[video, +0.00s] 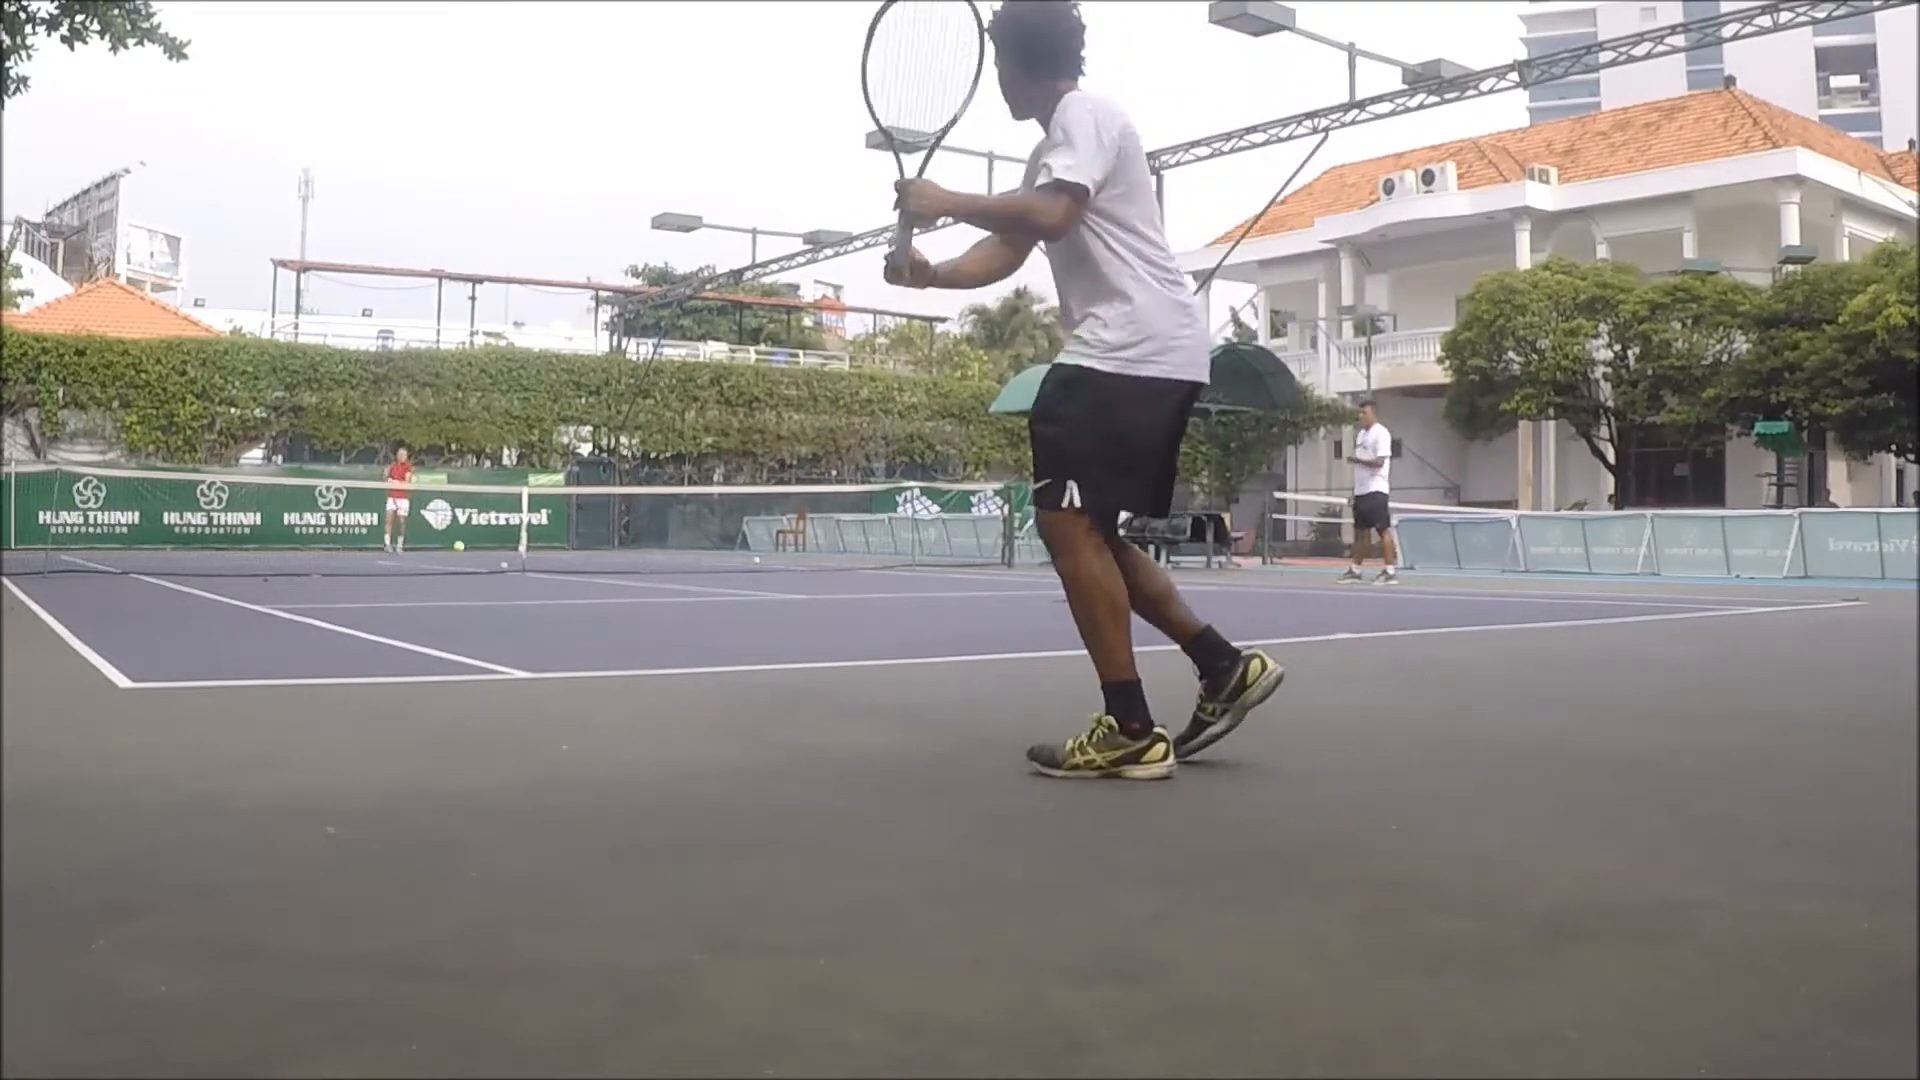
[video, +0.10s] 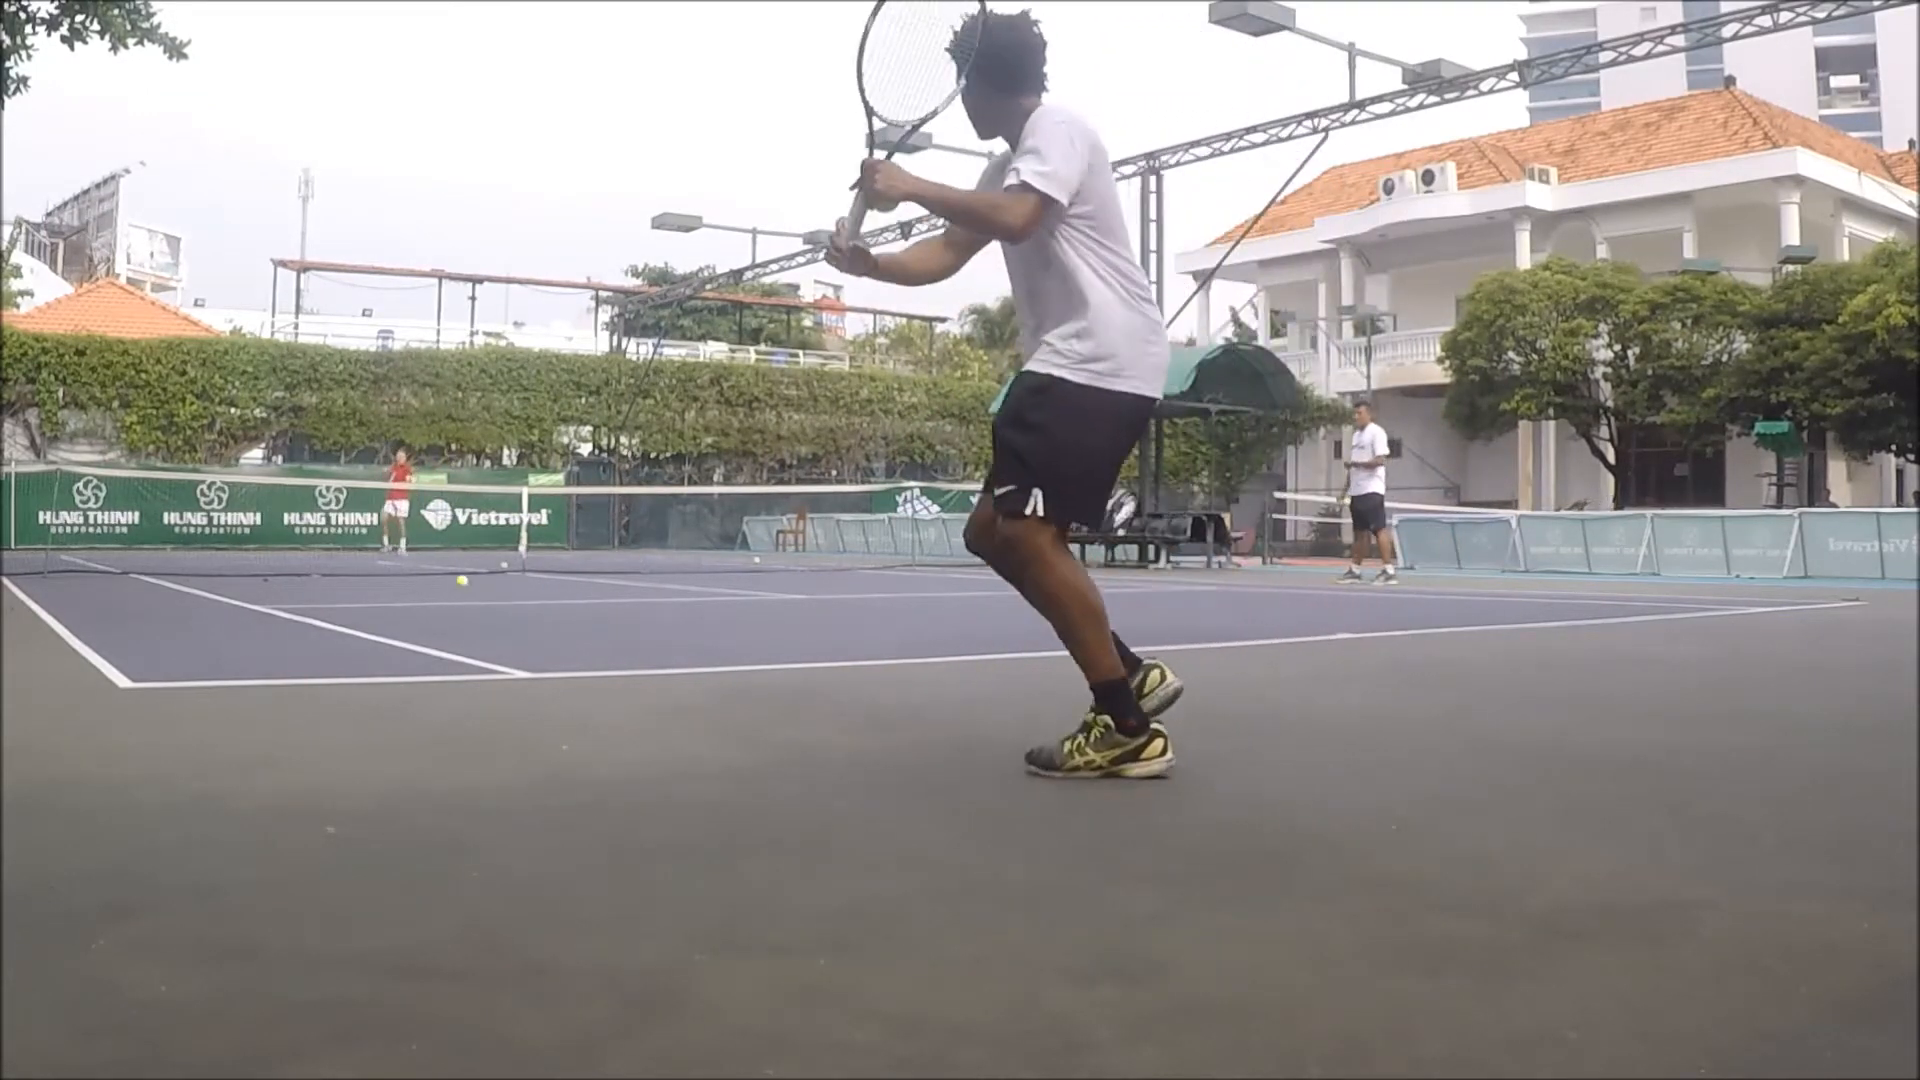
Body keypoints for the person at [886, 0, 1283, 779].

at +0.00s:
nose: (994, 75)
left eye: (998, 58)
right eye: (995, 58)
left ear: (1019, 60)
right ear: (1069, 51)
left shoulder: (1085, 114)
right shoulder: (1067, 138)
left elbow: (1052, 215)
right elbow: (1004, 251)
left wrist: (950, 200)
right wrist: (932, 271)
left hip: (1128, 347)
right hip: (1149, 350)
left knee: (1064, 518)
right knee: (1089, 532)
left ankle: (1130, 725)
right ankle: (1223, 667)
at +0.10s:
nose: (961, 101)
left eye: (965, 85)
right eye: (962, 86)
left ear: (990, 82)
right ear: (1021, 80)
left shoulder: (1058, 129)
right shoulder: (1010, 168)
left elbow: (1018, 217)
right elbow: (940, 257)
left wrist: (912, 188)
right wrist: (864, 260)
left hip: (1100, 361)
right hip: (1068, 362)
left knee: (1020, 531)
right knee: (992, 533)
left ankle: (1125, 726)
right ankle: (1128, 675)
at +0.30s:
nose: (882, 148)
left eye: (888, 134)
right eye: (880, 136)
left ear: (922, 124)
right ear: (918, 126)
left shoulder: (977, 157)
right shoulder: (921, 211)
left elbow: (922, 214)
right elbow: (844, 273)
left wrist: (833, 171)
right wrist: (774, 248)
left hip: (1016, 388)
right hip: (964, 393)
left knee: (970, 557)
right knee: (859, 505)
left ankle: (1115, 711)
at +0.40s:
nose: (826, 150)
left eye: (833, 138)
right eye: (824, 142)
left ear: (861, 131)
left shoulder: (922, 163)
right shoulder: (853, 216)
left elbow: (881, 207)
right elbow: (780, 272)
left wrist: (801, 156)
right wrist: (727, 228)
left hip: (963, 392)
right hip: (911, 401)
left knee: (951, 555)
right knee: (825, 532)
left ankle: (1102, 695)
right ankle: (756, 683)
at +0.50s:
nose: (774, 168)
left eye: (780, 154)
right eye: (772, 156)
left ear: (807, 152)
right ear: (813, 152)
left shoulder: (877, 189)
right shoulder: (800, 238)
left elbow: (849, 219)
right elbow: (723, 269)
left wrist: (783, 152)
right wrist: (694, 207)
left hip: (905, 407)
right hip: (854, 417)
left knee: (894, 566)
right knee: (767, 523)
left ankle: (1064, 671)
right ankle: (729, 689)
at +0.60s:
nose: (735, 202)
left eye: (742, 188)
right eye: (730, 191)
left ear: (780, 182)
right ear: (738, 200)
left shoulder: (833, 218)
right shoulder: (761, 263)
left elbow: (844, 273)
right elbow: (693, 285)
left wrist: (780, 198)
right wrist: (682, 213)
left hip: (872, 410)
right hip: (821, 422)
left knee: (825, 571)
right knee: (729, 516)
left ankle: (993, 660)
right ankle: (725, 688)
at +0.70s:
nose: (708, 235)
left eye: (708, 222)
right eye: (705, 226)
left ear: (732, 213)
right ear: (736, 216)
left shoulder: (792, 223)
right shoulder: (738, 277)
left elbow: (841, 276)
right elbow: (709, 339)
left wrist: (767, 312)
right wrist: (648, 354)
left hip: (848, 398)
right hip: (824, 405)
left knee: (772, 556)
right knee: (736, 521)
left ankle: (928, 650)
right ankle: (726, 688)